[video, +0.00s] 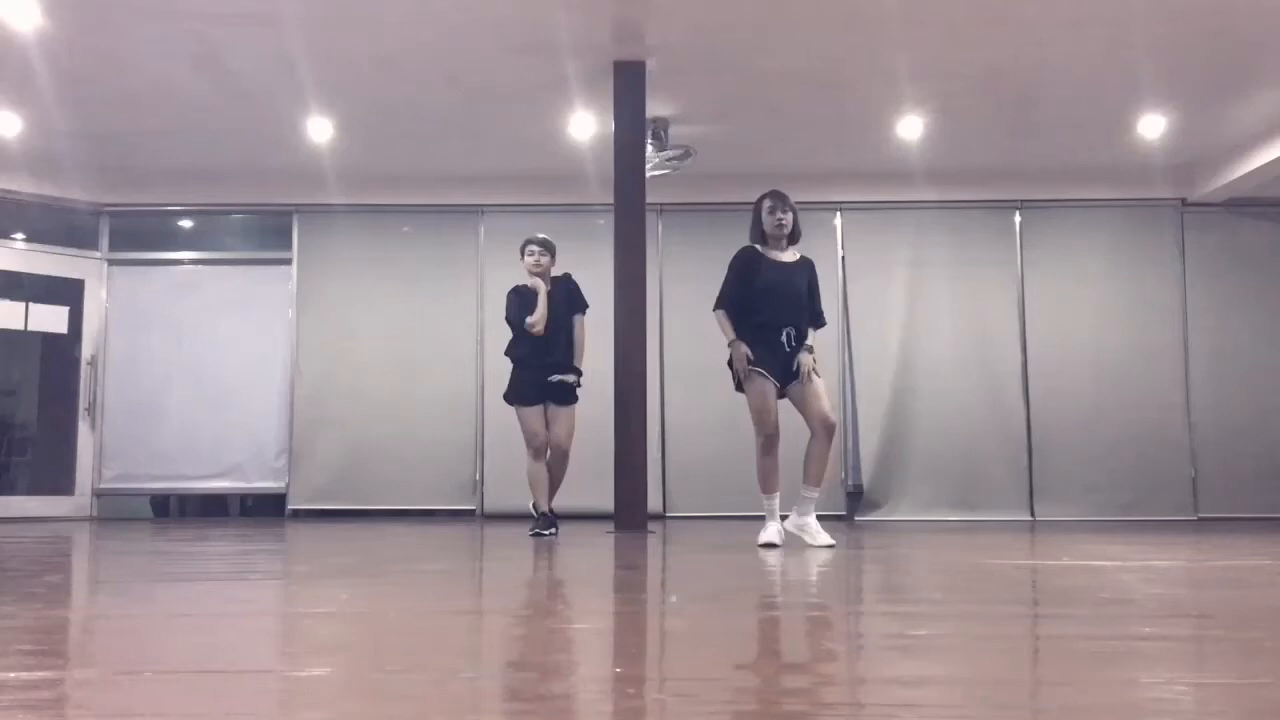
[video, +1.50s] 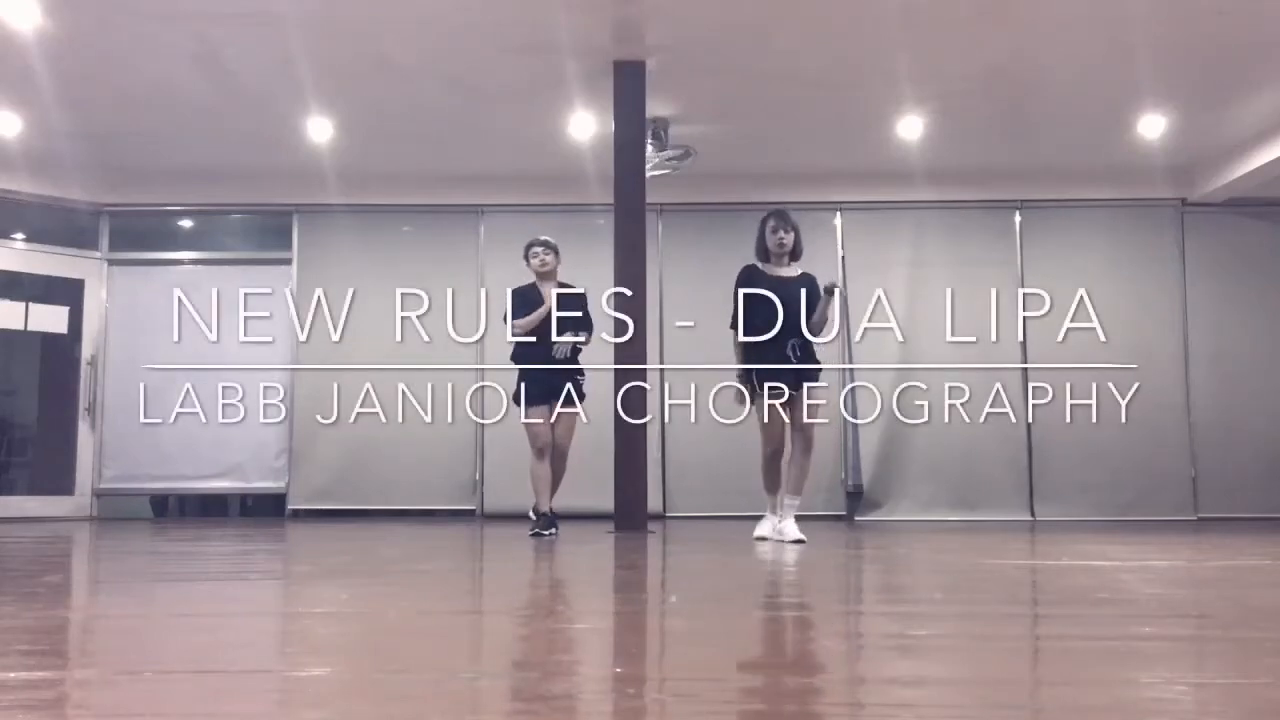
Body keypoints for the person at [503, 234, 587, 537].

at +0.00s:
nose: (536, 258)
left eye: (542, 254)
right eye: (530, 254)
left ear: (552, 260)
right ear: (522, 260)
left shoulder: (566, 285)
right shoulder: (517, 295)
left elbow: (578, 327)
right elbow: (535, 326)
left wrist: (576, 368)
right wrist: (542, 289)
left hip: (561, 375)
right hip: (527, 377)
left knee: (560, 447)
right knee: (537, 446)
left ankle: (543, 505)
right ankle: (543, 514)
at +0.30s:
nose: (539, 260)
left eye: (545, 256)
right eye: (533, 255)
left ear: (554, 262)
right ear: (524, 260)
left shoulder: (565, 286)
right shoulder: (515, 295)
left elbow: (581, 326)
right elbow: (522, 326)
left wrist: (581, 369)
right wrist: (537, 290)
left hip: (565, 375)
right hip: (531, 377)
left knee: (561, 447)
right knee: (539, 447)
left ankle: (546, 506)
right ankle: (544, 515)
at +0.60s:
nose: (544, 259)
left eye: (550, 255)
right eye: (538, 255)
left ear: (559, 262)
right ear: (529, 260)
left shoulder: (567, 292)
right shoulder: (518, 289)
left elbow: (582, 334)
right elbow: (510, 320)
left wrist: (573, 361)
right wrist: (536, 291)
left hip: (565, 375)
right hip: (531, 376)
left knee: (560, 448)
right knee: (541, 449)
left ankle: (555, 509)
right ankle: (544, 515)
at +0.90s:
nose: (542, 257)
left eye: (548, 252)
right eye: (536, 254)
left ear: (559, 258)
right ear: (528, 261)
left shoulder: (571, 296)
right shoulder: (519, 283)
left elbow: (584, 341)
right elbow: (519, 319)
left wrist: (569, 345)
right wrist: (544, 290)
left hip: (563, 375)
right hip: (530, 375)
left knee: (558, 444)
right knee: (538, 449)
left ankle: (557, 504)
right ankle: (544, 515)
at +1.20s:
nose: (538, 259)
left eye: (543, 253)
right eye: (532, 257)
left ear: (556, 260)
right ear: (526, 266)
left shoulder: (571, 296)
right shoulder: (521, 289)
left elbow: (590, 340)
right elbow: (529, 325)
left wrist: (561, 337)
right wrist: (548, 293)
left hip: (563, 376)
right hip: (530, 376)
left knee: (562, 446)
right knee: (538, 447)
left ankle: (555, 505)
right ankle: (544, 514)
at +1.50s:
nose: (541, 258)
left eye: (546, 253)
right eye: (535, 256)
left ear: (557, 259)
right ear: (528, 264)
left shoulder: (574, 294)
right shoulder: (520, 294)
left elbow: (587, 334)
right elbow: (516, 328)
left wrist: (573, 339)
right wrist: (547, 307)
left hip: (567, 377)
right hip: (533, 377)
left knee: (561, 447)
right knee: (541, 446)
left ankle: (542, 507)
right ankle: (543, 514)